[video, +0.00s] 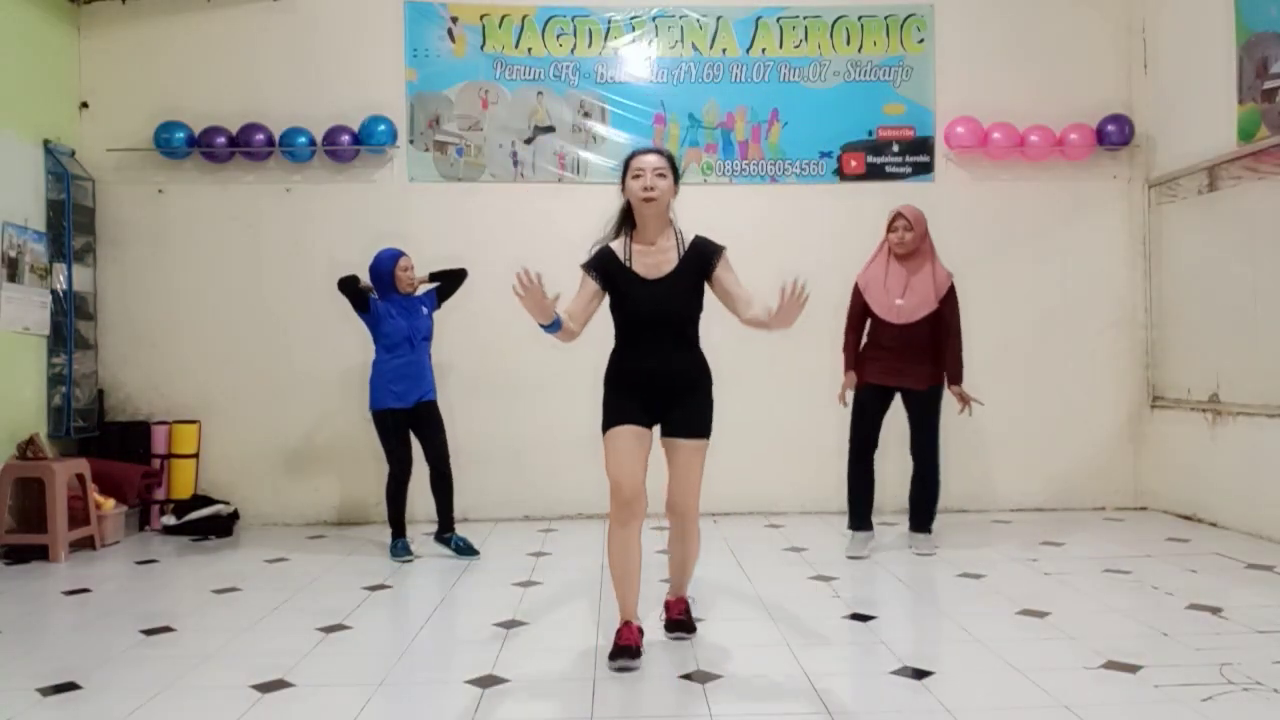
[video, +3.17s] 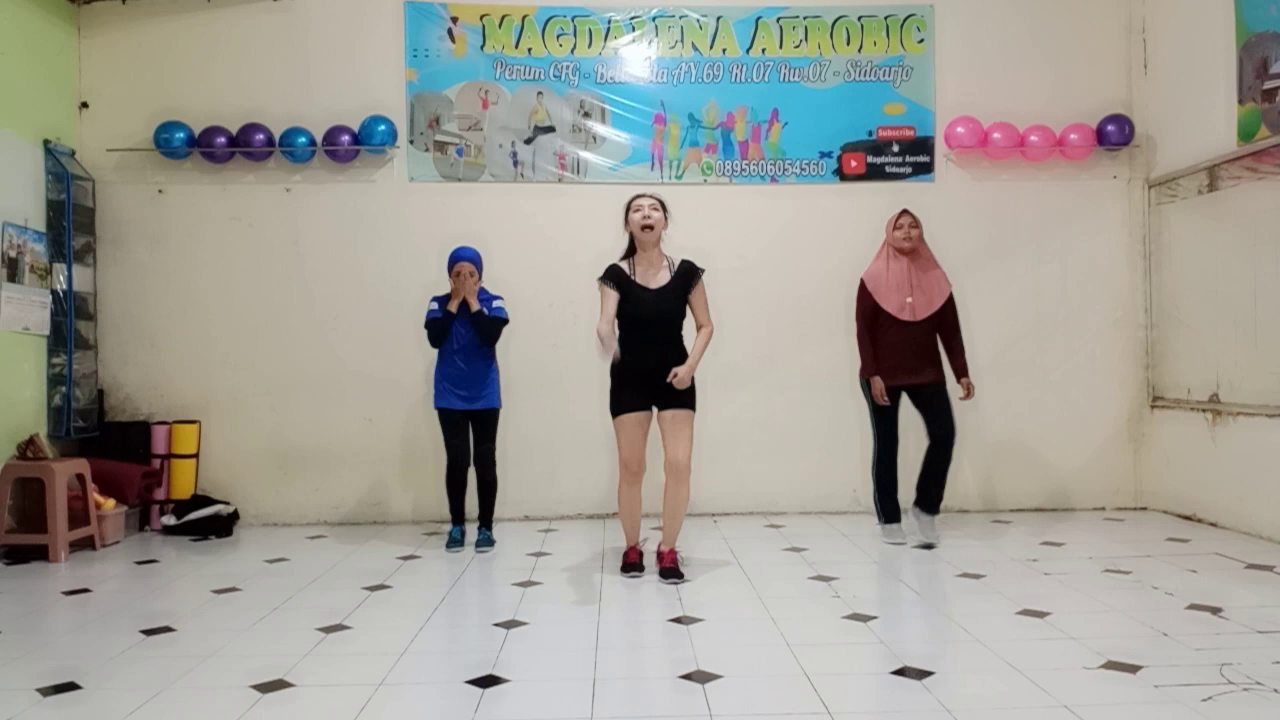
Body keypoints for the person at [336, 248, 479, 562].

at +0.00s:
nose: (412, 275)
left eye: (412, 269)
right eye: (404, 270)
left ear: (413, 275)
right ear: (388, 277)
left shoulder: (424, 303)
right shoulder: (376, 308)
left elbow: (460, 275)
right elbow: (346, 285)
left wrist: (425, 279)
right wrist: (364, 289)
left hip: (422, 397)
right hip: (388, 401)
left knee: (440, 462)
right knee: (400, 466)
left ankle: (446, 531)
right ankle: (399, 538)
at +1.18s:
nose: (409, 269)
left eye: (414, 265)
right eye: (402, 265)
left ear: (421, 270)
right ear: (391, 272)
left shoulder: (434, 302)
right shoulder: (380, 306)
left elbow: (488, 309)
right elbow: (327, 309)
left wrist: (479, 271)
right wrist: (351, 278)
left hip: (430, 393)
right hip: (394, 397)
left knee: (432, 459)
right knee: (400, 467)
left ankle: (457, 526)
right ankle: (398, 538)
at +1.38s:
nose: (421, 272)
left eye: (427, 267)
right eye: (415, 267)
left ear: (435, 272)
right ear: (404, 273)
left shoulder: (445, 307)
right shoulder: (392, 311)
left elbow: (493, 332)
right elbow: (357, 351)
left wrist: (506, 298)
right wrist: (366, 325)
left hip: (442, 400)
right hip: (405, 402)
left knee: (446, 467)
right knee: (410, 469)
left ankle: (458, 533)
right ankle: (399, 538)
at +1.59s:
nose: (431, 270)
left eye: (437, 265)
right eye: (424, 264)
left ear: (445, 271)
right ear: (415, 270)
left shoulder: (458, 304)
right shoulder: (403, 308)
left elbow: (488, 345)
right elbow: (391, 353)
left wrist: (505, 333)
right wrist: (391, 373)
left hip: (455, 394)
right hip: (419, 394)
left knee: (457, 461)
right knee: (431, 451)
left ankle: (459, 533)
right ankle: (415, 525)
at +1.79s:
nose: (435, 274)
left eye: (441, 269)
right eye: (429, 269)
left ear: (450, 273)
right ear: (420, 274)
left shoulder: (464, 308)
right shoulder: (408, 313)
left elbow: (479, 347)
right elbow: (388, 360)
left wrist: (491, 379)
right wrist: (404, 383)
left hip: (459, 401)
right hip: (423, 402)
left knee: (457, 467)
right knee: (431, 468)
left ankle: (459, 533)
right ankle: (431, 536)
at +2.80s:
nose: (459, 279)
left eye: (465, 273)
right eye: (453, 273)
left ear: (473, 275)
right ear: (443, 275)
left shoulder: (485, 306)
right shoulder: (429, 308)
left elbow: (507, 349)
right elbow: (413, 358)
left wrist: (493, 352)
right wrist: (438, 350)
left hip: (478, 396)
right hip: (441, 398)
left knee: (477, 462)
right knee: (445, 464)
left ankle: (486, 526)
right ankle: (440, 534)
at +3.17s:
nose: (464, 278)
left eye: (470, 274)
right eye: (458, 274)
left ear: (479, 276)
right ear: (450, 277)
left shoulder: (492, 302)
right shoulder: (439, 303)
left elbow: (490, 337)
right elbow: (436, 339)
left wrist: (472, 300)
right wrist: (455, 299)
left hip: (485, 394)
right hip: (450, 395)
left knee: (484, 461)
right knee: (457, 460)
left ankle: (485, 527)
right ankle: (457, 526)